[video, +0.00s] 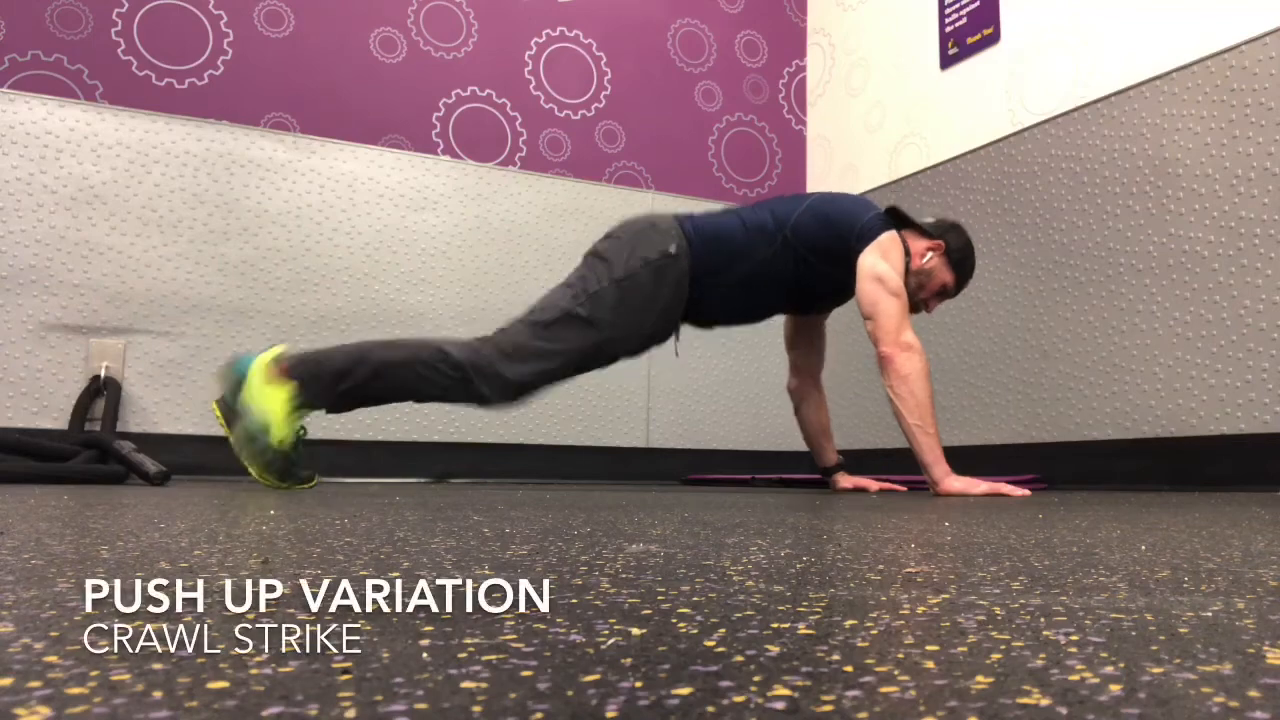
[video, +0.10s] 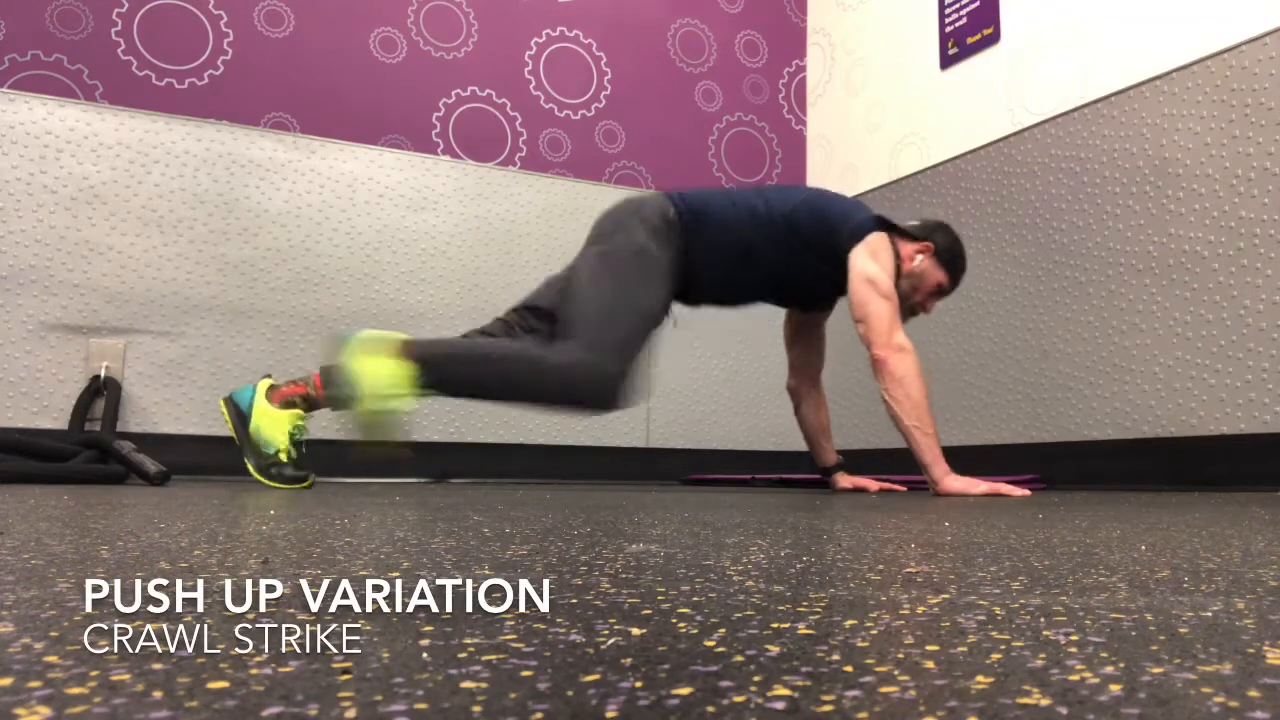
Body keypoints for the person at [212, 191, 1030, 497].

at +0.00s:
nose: (915, 299)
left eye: (927, 294)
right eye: (926, 282)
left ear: (907, 259)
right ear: (919, 245)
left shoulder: (830, 257)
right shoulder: (876, 227)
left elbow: (804, 374)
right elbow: (899, 346)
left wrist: (834, 470)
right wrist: (940, 473)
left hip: (658, 280)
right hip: (658, 262)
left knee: (496, 366)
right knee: (496, 367)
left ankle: (289, 387)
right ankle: (280, 382)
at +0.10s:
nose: (909, 304)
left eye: (921, 298)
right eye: (919, 287)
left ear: (904, 260)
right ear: (910, 249)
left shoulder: (829, 259)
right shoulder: (868, 233)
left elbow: (805, 376)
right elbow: (892, 348)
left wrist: (833, 469)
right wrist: (941, 471)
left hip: (637, 255)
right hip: (651, 231)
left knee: (499, 350)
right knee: (594, 378)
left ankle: (284, 400)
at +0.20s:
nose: (896, 297)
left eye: (908, 292)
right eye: (903, 280)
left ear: (896, 255)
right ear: (893, 241)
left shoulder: (818, 258)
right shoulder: (852, 225)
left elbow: (804, 375)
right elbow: (889, 340)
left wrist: (830, 466)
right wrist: (944, 459)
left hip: (629, 232)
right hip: (646, 203)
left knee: (492, 351)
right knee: (749, 302)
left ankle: (283, 403)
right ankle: (586, 399)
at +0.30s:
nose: (905, 266)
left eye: (914, 259)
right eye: (908, 245)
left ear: (886, 241)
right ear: (886, 206)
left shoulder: (818, 241)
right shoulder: (840, 195)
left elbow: (845, 325)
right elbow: (896, 306)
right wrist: (984, 403)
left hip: (631, 245)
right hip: (645, 201)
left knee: (501, 366)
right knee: (809, 254)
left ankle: (285, 405)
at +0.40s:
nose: (915, 232)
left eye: (923, 224)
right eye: (916, 213)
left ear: (889, 207)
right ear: (888, 181)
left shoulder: (816, 251)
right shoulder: (844, 175)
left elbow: (816, 361)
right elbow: (909, 256)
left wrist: (834, 467)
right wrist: (1007, 319)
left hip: (636, 267)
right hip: (649, 224)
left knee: (495, 390)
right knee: (833, 263)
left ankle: (286, 405)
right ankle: (913, 440)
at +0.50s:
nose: (914, 204)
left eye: (917, 196)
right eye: (910, 188)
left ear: (873, 181)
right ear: (882, 166)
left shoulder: (815, 241)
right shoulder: (836, 169)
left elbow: (818, 355)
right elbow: (912, 218)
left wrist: (832, 463)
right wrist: (1011, 234)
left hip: (649, 284)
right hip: (662, 240)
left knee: (495, 407)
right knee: (846, 255)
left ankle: (292, 404)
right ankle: (916, 440)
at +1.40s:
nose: (875, 229)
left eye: (884, 225)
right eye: (877, 209)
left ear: (865, 218)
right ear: (853, 178)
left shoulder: (793, 254)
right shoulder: (804, 164)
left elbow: (803, 364)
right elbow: (848, 231)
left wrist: (831, 465)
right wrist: (952, 276)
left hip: (618, 267)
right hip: (628, 227)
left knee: (479, 399)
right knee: (805, 257)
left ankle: (279, 406)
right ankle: (896, 427)